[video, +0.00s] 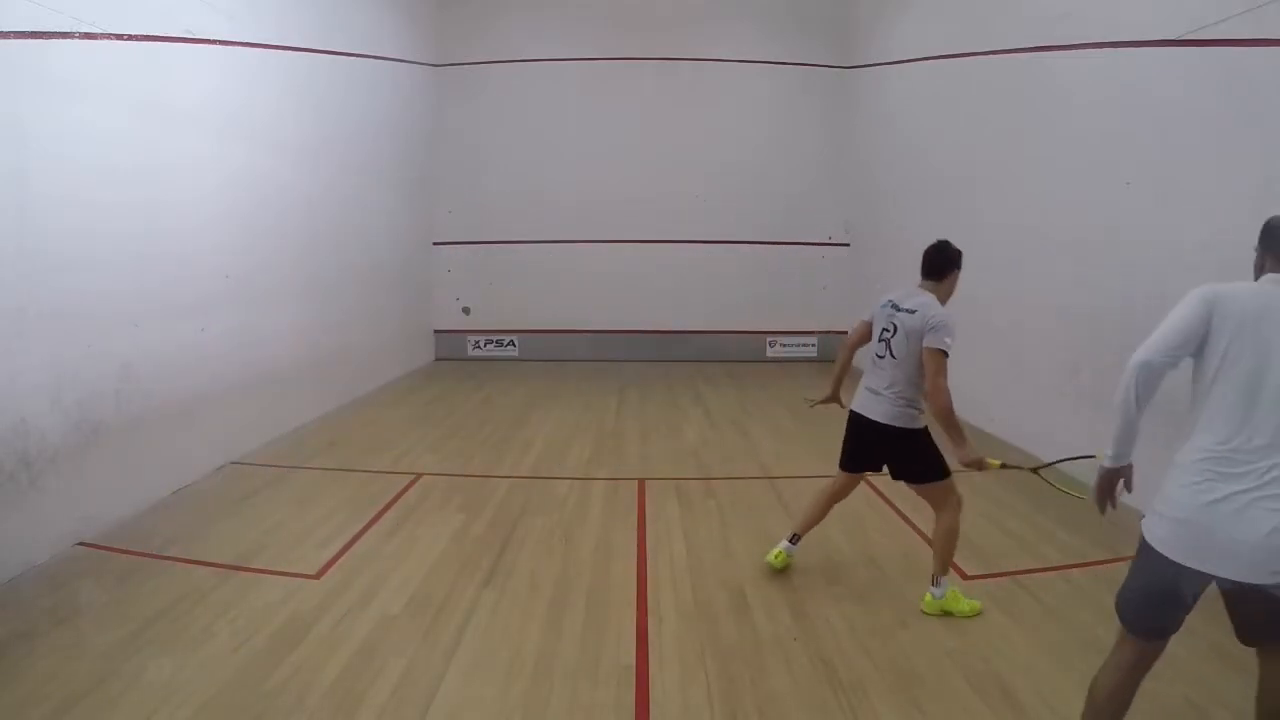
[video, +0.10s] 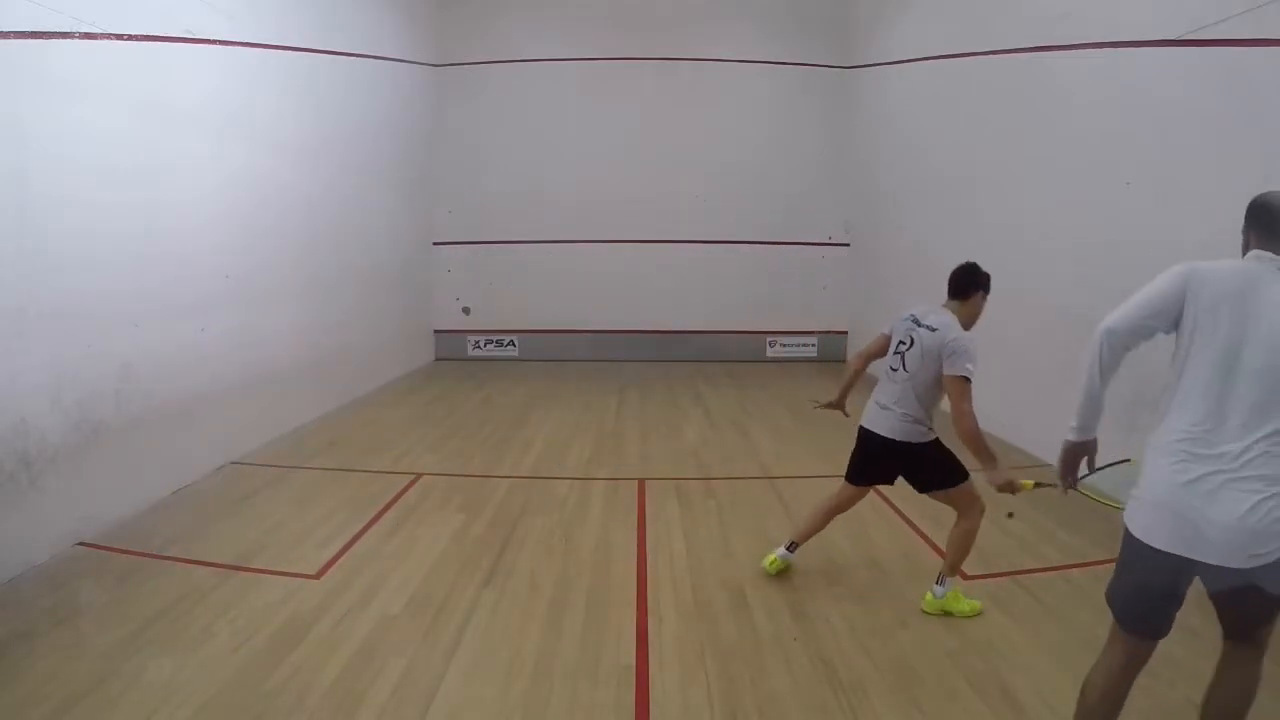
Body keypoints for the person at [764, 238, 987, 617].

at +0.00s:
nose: (956, 284)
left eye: (957, 278)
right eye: (957, 277)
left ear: (922, 271)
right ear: (950, 276)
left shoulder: (889, 302)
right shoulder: (937, 317)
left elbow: (850, 342)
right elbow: (935, 390)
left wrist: (834, 390)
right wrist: (963, 447)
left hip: (861, 419)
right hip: (902, 430)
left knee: (840, 485)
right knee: (948, 503)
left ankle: (785, 548)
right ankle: (939, 591)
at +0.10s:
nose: (983, 309)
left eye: (984, 301)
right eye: (984, 301)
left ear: (952, 292)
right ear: (975, 298)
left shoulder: (914, 317)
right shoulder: (957, 340)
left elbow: (861, 358)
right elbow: (962, 419)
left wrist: (839, 397)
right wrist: (993, 468)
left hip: (872, 432)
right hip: (912, 442)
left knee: (842, 498)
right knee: (972, 508)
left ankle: (783, 553)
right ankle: (942, 591)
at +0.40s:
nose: (970, 290)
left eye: (969, 284)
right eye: (970, 284)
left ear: (934, 277)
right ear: (966, 284)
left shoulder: (899, 301)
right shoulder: (963, 332)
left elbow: (850, 330)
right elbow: (965, 408)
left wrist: (822, 380)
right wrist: (947, 445)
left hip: (863, 410)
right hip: (910, 424)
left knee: (832, 481)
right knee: (948, 501)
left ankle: (796, 552)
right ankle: (939, 590)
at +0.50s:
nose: (933, 275)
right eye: (939, 271)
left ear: (906, 268)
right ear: (940, 275)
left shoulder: (877, 296)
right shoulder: (945, 327)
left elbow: (833, 333)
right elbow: (943, 400)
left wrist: (804, 381)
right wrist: (920, 430)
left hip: (853, 415)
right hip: (902, 427)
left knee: (823, 486)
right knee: (938, 500)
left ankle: (798, 561)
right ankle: (939, 590)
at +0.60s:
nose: (901, 269)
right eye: (908, 265)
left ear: (875, 266)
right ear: (909, 270)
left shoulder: (851, 298)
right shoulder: (921, 323)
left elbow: (816, 342)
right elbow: (922, 390)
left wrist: (790, 391)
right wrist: (905, 418)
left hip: (836, 419)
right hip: (886, 427)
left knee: (814, 485)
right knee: (920, 501)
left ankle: (798, 565)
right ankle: (936, 589)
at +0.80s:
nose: (855, 255)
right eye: (858, 249)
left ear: (826, 252)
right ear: (861, 254)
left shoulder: (804, 289)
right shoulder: (877, 301)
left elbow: (776, 346)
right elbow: (891, 368)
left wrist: (780, 382)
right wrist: (885, 416)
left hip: (807, 408)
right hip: (854, 410)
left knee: (795, 485)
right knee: (877, 489)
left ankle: (797, 565)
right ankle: (891, 568)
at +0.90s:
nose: (843, 248)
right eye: (845, 243)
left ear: (813, 246)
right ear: (847, 248)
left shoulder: (791, 284)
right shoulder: (862, 292)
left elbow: (768, 337)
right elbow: (877, 358)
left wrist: (783, 357)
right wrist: (878, 408)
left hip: (799, 401)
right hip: (843, 402)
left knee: (795, 483)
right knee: (851, 475)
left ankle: (797, 566)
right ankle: (848, 551)